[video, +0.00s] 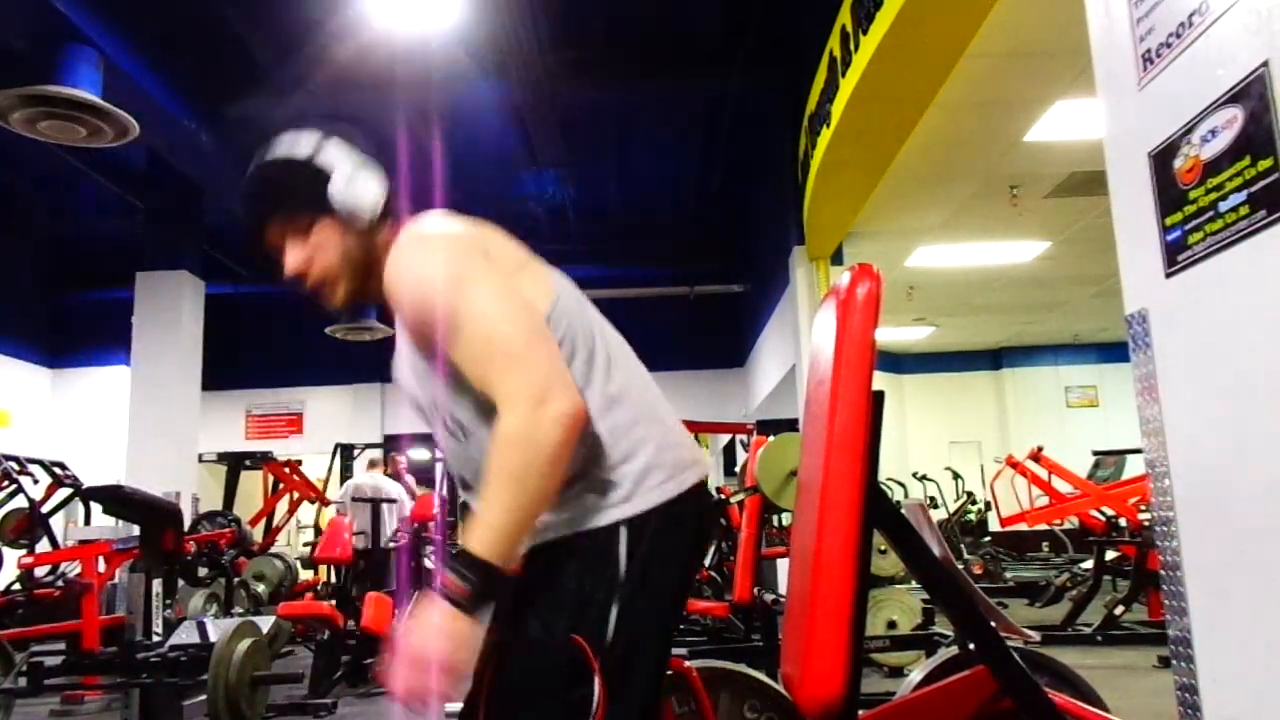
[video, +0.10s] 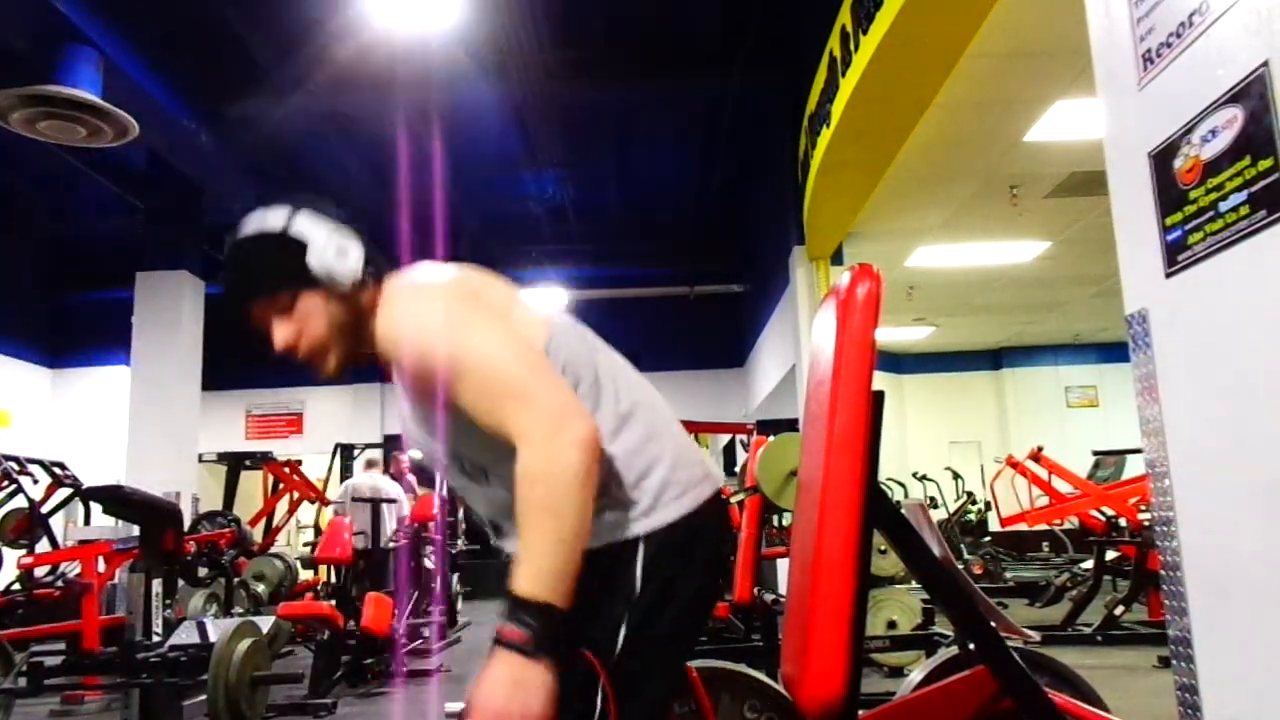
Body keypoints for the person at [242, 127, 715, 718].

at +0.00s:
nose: (292, 264)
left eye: (304, 231)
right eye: (281, 247)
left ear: (353, 203)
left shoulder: (427, 254)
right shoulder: (415, 282)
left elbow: (546, 408)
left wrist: (458, 595)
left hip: (624, 516)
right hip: (570, 525)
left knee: (549, 705)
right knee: (508, 700)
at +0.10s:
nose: (281, 339)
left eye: (287, 307)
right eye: (267, 325)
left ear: (330, 272)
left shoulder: (420, 307)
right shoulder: (408, 338)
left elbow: (561, 436)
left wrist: (524, 642)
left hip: (655, 528)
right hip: (601, 536)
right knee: (541, 703)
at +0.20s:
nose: (283, 395)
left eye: (285, 365)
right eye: (265, 387)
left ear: (328, 321)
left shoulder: (414, 355)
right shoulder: (405, 377)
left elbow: (565, 472)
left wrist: (557, 684)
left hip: (662, 555)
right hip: (607, 555)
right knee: (484, 710)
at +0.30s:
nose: (292, 429)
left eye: (294, 397)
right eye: (274, 421)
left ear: (334, 355)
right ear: (268, 430)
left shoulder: (422, 390)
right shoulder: (410, 405)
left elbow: (563, 522)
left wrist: (584, 698)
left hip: (659, 594)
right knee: (474, 712)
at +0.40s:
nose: (306, 444)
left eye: (310, 411)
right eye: (289, 436)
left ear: (356, 372)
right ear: (283, 445)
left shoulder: (436, 417)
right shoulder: (426, 424)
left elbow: (566, 564)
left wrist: (595, 714)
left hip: (664, 629)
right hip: (611, 621)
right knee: (477, 713)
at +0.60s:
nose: (347, 444)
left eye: (358, 416)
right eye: (336, 427)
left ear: (415, 388)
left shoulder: (495, 457)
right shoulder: (479, 451)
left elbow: (600, 645)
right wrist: (555, 691)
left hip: (698, 703)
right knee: (505, 711)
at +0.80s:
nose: (428, 393)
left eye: (442, 367)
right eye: (430, 370)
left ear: (491, 359)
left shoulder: (583, 442)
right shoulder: (566, 439)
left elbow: (651, 656)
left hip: (718, 706)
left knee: (520, 710)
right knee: (513, 711)